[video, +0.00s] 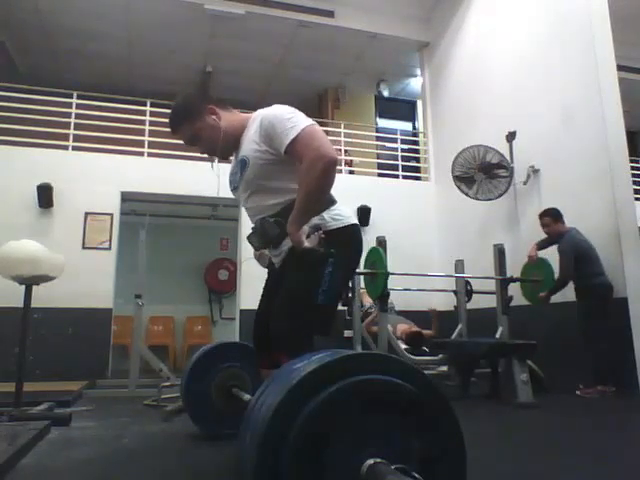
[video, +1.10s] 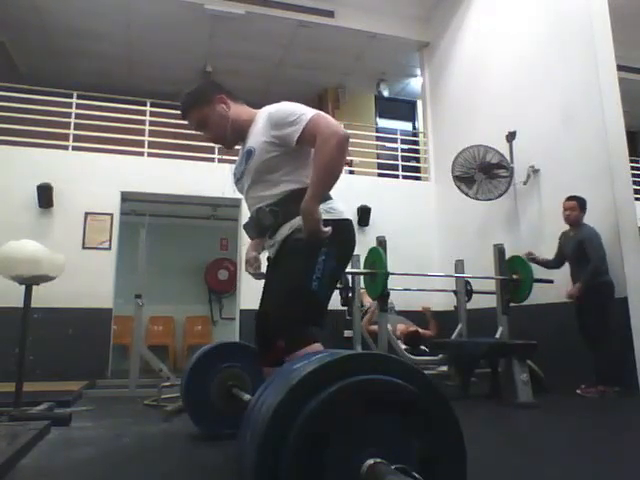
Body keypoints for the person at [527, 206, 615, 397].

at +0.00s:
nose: (545, 230)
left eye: (547, 225)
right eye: (543, 226)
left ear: (558, 223)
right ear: (559, 224)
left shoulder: (566, 243)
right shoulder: (570, 234)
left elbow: (566, 277)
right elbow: (553, 238)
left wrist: (548, 294)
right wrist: (535, 246)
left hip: (592, 292)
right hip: (598, 289)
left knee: (591, 337)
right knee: (596, 336)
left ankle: (595, 383)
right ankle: (604, 382)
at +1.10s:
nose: (567, 214)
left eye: (571, 210)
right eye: (565, 210)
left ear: (582, 212)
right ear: (563, 213)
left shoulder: (589, 234)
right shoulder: (565, 237)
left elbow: (597, 263)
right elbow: (556, 263)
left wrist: (579, 285)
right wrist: (537, 260)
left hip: (599, 289)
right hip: (582, 290)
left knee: (598, 334)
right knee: (589, 334)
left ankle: (603, 383)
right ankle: (599, 381)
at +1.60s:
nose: (573, 209)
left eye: (576, 205)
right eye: (569, 206)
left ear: (585, 206)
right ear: (566, 211)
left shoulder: (602, 229)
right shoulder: (562, 237)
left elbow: (625, 252)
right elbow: (557, 262)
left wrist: (611, 273)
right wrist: (557, 280)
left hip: (599, 290)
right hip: (575, 292)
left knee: (595, 335)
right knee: (573, 334)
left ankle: (603, 385)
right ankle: (590, 380)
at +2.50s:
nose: (544, 202)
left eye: (547, 197)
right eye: (539, 199)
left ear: (556, 197)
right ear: (536, 203)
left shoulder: (575, 219)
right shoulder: (531, 229)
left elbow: (599, 243)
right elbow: (523, 256)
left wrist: (583, 263)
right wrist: (527, 271)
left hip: (576, 288)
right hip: (548, 292)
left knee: (585, 335)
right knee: (554, 340)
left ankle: (597, 384)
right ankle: (561, 387)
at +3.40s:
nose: (564, 185)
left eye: (568, 181)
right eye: (559, 180)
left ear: (572, 183)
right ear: (547, 180)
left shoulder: (580, 212)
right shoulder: (527, 209)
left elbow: (599, 243)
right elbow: (503, 234)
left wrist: (579, 258)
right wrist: (521, 252)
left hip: (569, 281)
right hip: (537, 281)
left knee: (578, 335)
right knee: (534, 334)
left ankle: (583, 396)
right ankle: (531, 395)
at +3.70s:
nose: (551, 183)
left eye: (553, 179)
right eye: (547, 178)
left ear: (551, 181)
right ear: (530, 177)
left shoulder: (555, 210)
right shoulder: (510, 207)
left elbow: (562, 240)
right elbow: (490, 236)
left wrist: (563, 257)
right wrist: (510, 259)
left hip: (548, 280)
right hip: (518, 282)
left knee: (565, 335)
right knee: (516, 339)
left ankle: (580, 394)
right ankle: (512, 396)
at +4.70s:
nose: (574, 208)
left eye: (574, 204)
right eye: (570, 203)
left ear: (558, 206)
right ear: (555, 204)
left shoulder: (563, 238)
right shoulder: (528, 224)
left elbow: (567, 268)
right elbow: (499, 244)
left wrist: (564, 296)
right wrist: (510, 279)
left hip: (531, 290)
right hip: (505, 288)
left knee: (566, 329)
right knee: (504, 334)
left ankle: (563, 391)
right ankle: (499, 395)